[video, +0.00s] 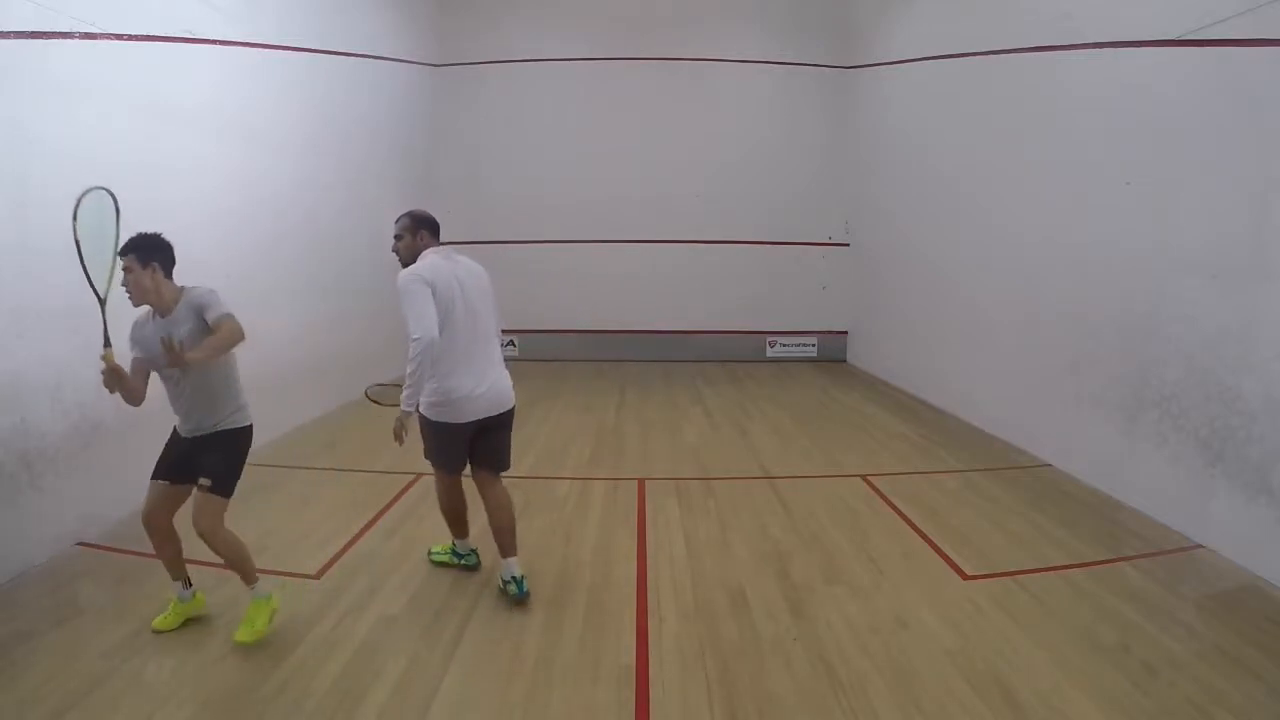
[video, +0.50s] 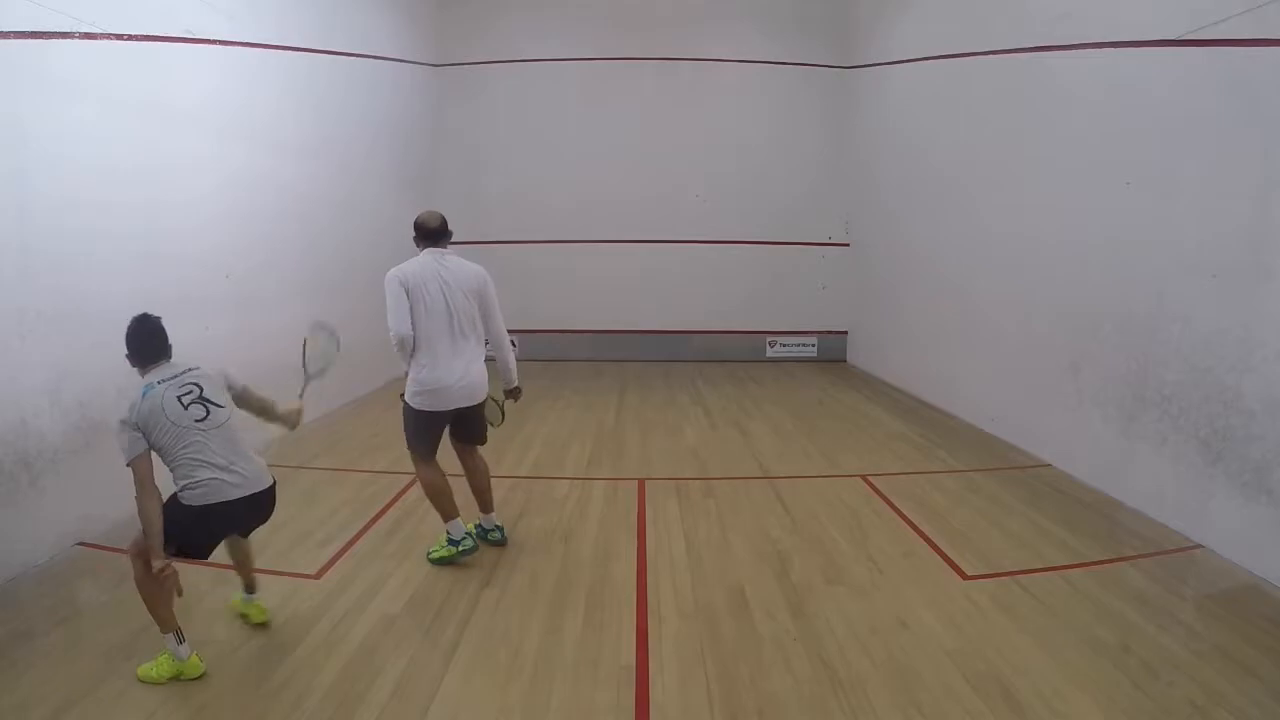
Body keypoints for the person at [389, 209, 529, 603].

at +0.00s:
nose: (394, 248)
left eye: (398, 239)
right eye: (394, 240)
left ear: (423, 237)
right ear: (431, 237)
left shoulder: (414, 276)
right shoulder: (475, 269)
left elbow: (424, 338)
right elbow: (493, 334)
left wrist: (406, 406)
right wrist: (483, 383)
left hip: (448, 404)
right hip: (497, 397)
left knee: (447, 474)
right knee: (489, 476)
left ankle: (462, 548)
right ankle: (513, 573)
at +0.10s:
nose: (392, 248)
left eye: (397, 239)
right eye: (392, 240)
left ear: (420, 236)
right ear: (430, 236)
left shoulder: (413, 274)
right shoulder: (474, 267)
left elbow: (417, 340)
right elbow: (494, 333)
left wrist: (396, 396)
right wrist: (485, 377)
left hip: (444, 396)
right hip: (491, 391)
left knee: (444, 470)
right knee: (478, 462)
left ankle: (462, 549)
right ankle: (506, 535)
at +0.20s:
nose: (393, 243)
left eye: (397, 234)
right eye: (393, 236)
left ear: (420, 233)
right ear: (431, 233)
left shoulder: (410, 269)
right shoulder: (473, 265)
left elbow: (410, 331)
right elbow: (498, 325)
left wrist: (391, 378)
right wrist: (505, 373)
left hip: (440, 389)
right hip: (485, 383)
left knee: (443, 468)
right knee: (473, 449)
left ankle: (463, 548)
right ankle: (500, 522)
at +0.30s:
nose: (396, 240)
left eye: (399, 233)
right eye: (396, 233)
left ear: (418, 231)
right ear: (433, 231)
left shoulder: (407, 266)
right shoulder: (475, 265)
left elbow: (405, 323)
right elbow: (501, 326)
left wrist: (392, 367)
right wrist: (516, 372)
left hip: (438, 387)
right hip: (481, 382)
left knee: (441, 466)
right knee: (470, 446)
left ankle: (463, 547)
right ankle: (493, 523)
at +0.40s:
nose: (407, 241)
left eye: (407, 236)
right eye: (409, 235)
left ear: (411, 236)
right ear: (442, 234)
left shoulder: (405, 271)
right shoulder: (476, 269)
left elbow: (404, 326)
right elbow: (502, 329)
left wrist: (403, 367)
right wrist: (518, 374)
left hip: (434, 390)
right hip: (478, 385)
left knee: (431, 466)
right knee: (471, 449)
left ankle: (462, 546)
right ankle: (491, 523)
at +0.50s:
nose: (414, 241)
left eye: (414, 237)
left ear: (415, 240)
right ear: (449, 237)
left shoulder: (400, 275)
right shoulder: (476, 273)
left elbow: (401, 334)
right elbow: (498, 335)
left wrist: (411, 368)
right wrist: (511, 380)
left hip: (427, 391)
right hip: (472, 386)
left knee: (424, 458)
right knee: (468, 448)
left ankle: (458, 535)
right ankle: (491, 525)